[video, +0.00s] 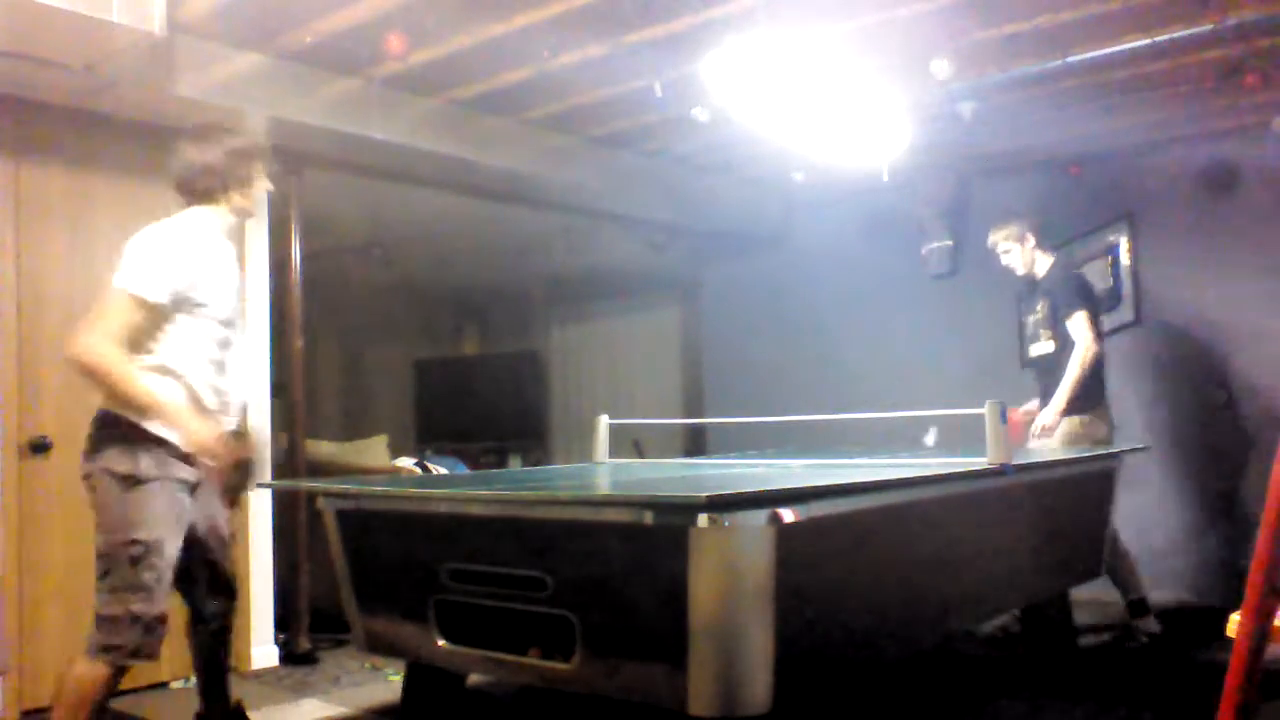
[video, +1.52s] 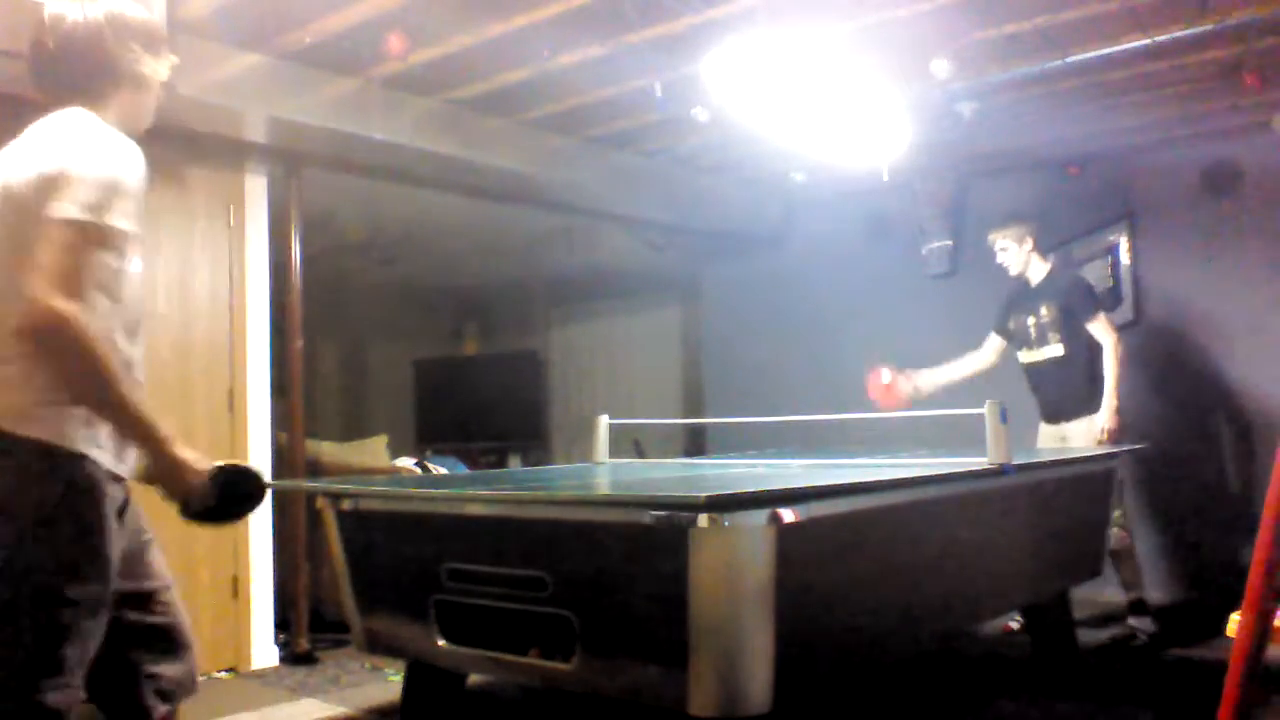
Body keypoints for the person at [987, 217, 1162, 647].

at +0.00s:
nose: (1004, 262)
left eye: (1007, 251)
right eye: (999, 255)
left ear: (1030, 241)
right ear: (1013, 251)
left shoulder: (1062, 279)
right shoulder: (1035, 289)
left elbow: (1089, 345)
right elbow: (1054, 358)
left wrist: (1055, 407)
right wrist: (1036, 404)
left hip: (1080, 420)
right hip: (1057, 421)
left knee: (1048, 524)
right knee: (1093, 522)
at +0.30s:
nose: (1045, 258)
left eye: (1047, 247)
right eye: (1040, 250)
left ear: (1070, 237)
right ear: (1072, 239)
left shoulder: (1088, 274)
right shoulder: (1106, 270)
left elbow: (1102, 348)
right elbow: (1094, 350)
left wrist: (1073, 412)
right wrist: (1032, 360)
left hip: (1113, 415)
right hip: (1132, 412)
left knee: (1097, 511)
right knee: (1122, 519)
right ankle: (1148, 618)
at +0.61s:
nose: (1068, 250)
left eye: (1074, 239)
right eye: (1062, 243)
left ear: (1099, 236)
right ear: (1065, 248)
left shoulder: (1122, 283)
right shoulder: (1086, 286)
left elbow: (1138, 361)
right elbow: (1047, 329)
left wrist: (1106, 419)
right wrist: (1042, 314)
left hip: (1149, 416)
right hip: (1133, 418)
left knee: (1126, 528)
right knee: (1179, 515)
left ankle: (1146, 624)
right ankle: (1237, 598)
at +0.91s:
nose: (1052, 246)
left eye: (1058, 237)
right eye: (1047, 240)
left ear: (1080, 237)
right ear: (1048, 246)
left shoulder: (1108, 283)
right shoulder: (1067, 289)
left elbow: (1133, 356)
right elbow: (1076, 345)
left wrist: (1130, 420)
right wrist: (1052, 374)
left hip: (1129, 416)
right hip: (1094, 419)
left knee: (1125, 514)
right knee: (1098, 511)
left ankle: (1143, 612)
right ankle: (1136, 606)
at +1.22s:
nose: (1026, 253)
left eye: (1033, 243)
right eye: (1021, 246)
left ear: (1057, 241)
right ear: (1020, 250)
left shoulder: (1087, 287)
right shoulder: (1029, 295)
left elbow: (1121, 353)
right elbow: (1037, 360)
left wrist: (1108, 414)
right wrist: (1011, 395)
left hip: (1095, 425)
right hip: (1054, 426)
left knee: (1102, 525)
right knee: (1047, 522)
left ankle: (1138, 611)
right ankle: (1043, 613)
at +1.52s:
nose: (1000, 260)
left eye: (1005, 250)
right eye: (996, 253)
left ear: (1030, 243)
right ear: (1004, 254)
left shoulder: (1068, 286)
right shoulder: (1014, 302)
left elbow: (1112, 342)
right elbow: (985, 357)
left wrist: (1110, 409)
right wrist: (922, 380)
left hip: (1091, 422)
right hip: (1051, 428)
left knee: (1107, 519)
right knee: (1046, 520)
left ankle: (1138, 608)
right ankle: (1038, 609)